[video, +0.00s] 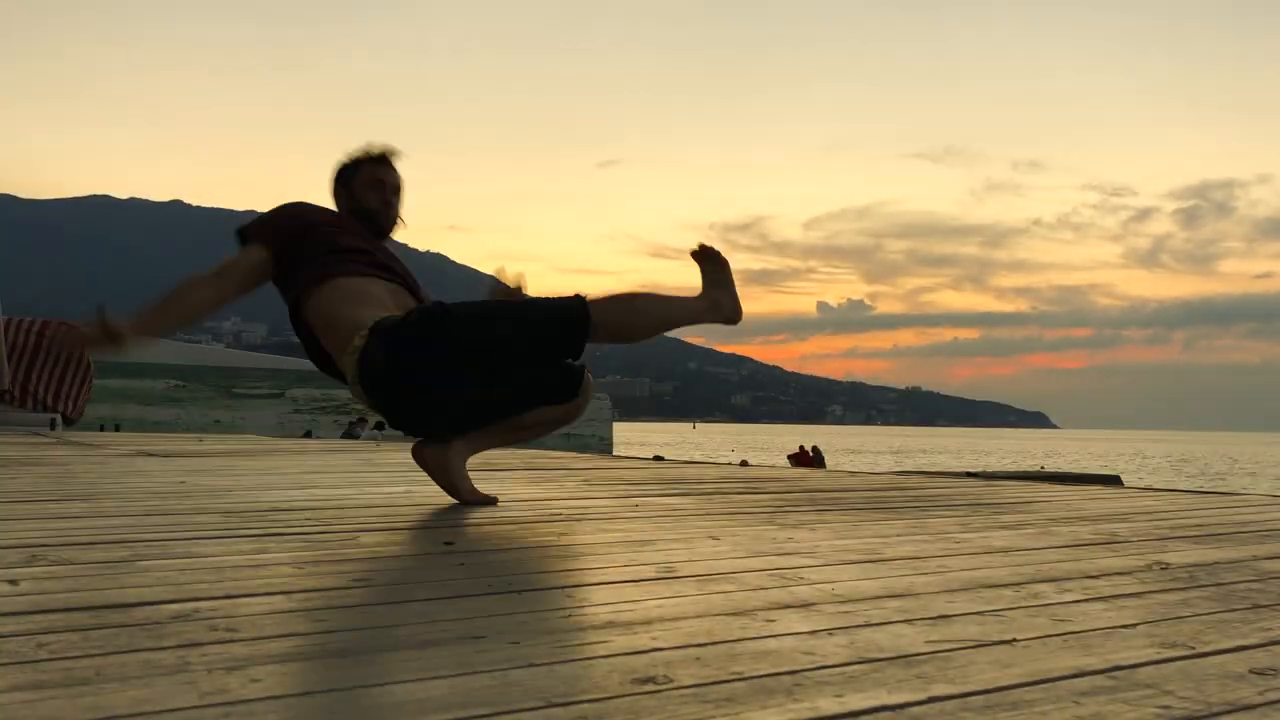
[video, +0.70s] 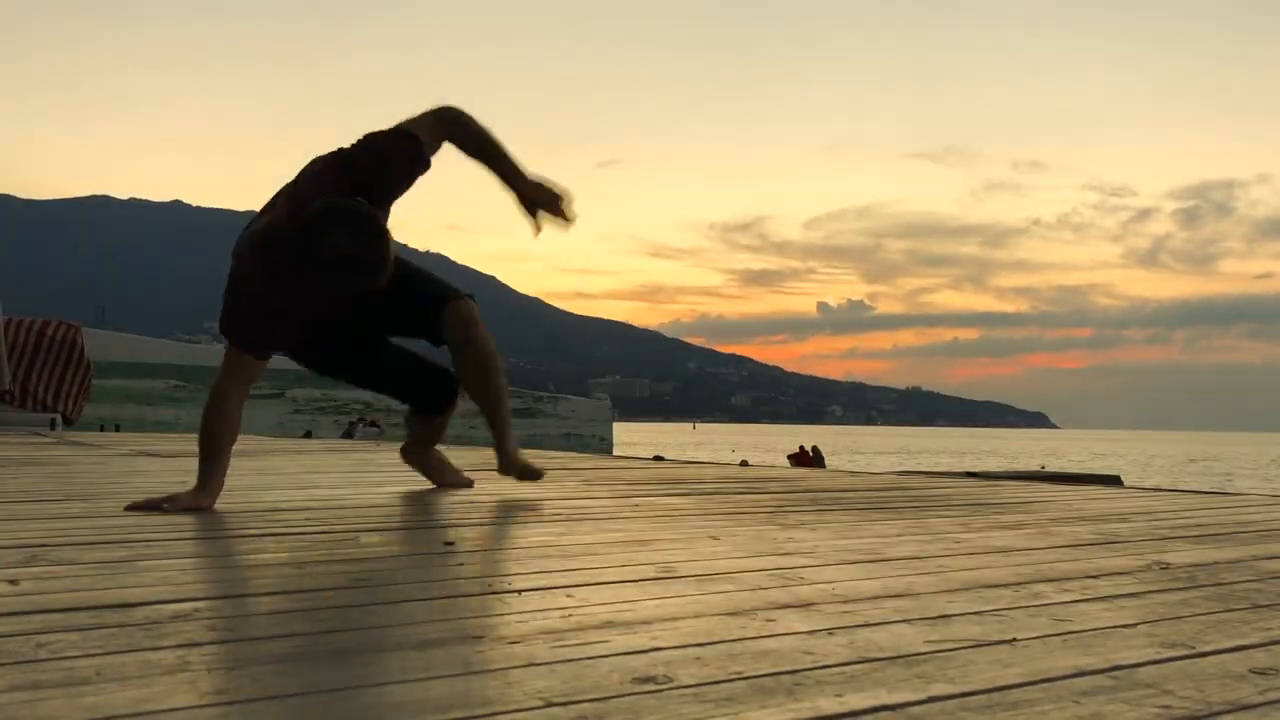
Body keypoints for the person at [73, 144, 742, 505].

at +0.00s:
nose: (390, 197)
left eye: (394, 191)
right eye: (379, 185)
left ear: (391, 200)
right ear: (351, 187)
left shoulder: (394, 261)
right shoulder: (304, 223)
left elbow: (429, 321)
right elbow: (216, 285)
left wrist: (502, 309)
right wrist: (129, 332)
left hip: (436, 373)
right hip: (396, 352)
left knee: (574, 398)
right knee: (575, 318)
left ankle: (452, 451)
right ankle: (709, 306)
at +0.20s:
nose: (251, 162)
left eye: (251, 149)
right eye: (231, 160)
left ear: (264, 153)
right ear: (215, 186)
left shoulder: (317, 196)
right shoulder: (229, 275)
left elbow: (351, 112)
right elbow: (221, 386)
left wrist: (256, 95)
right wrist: (205, 492)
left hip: (453, 352)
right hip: (416, 373)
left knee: (592, 405)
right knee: (565, 274)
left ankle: (462, 449)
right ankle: (708, 314)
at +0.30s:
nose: (243, 182)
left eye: (237, 168)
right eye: (223, 183)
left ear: (248, 156)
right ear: (208, 199)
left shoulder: (293, 176)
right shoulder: (232, 274)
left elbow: (289, 122)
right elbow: (227, 386)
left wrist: (217, 152)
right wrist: (205, 492)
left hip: (439, 329)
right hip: (404, 361)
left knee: (579, 379)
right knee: (532, 262)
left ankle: (456, 454)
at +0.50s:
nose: (331, 247)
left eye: (326, 235)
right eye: (320, 253)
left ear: (309, 205)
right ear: (280, 262)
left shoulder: (318, 161)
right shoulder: (258, 283)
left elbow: (395, 82)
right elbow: (243, 383)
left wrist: (431, 96)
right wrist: (206, 490)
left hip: (399, 276)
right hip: (338, 324)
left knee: (453, 320)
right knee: (386, 403)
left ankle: (463, 456)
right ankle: (403, 424)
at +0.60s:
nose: (362, 259)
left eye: (360, 247)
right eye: (350, 260)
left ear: (350, 215)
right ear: (305, 263)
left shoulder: (342, 166)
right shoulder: (255, 267)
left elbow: (430, 81)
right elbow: (242, 380)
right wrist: (206, 488)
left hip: (380, 264)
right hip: (325, 323)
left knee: (415, 321)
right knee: (409, 430)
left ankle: (467, 461)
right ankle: (452, 430)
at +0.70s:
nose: (390, 273)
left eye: (388, 261)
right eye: (377, 272)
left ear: (378, 218)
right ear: (329, 266)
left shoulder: (361, 175)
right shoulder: (260, 284)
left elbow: (447, 119)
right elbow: (230, 389)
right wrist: (207, 489)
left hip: (363, 264)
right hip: (305, 325)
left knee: (461, 316)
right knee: (437, 388)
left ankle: (506, 449)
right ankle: (420, 452)